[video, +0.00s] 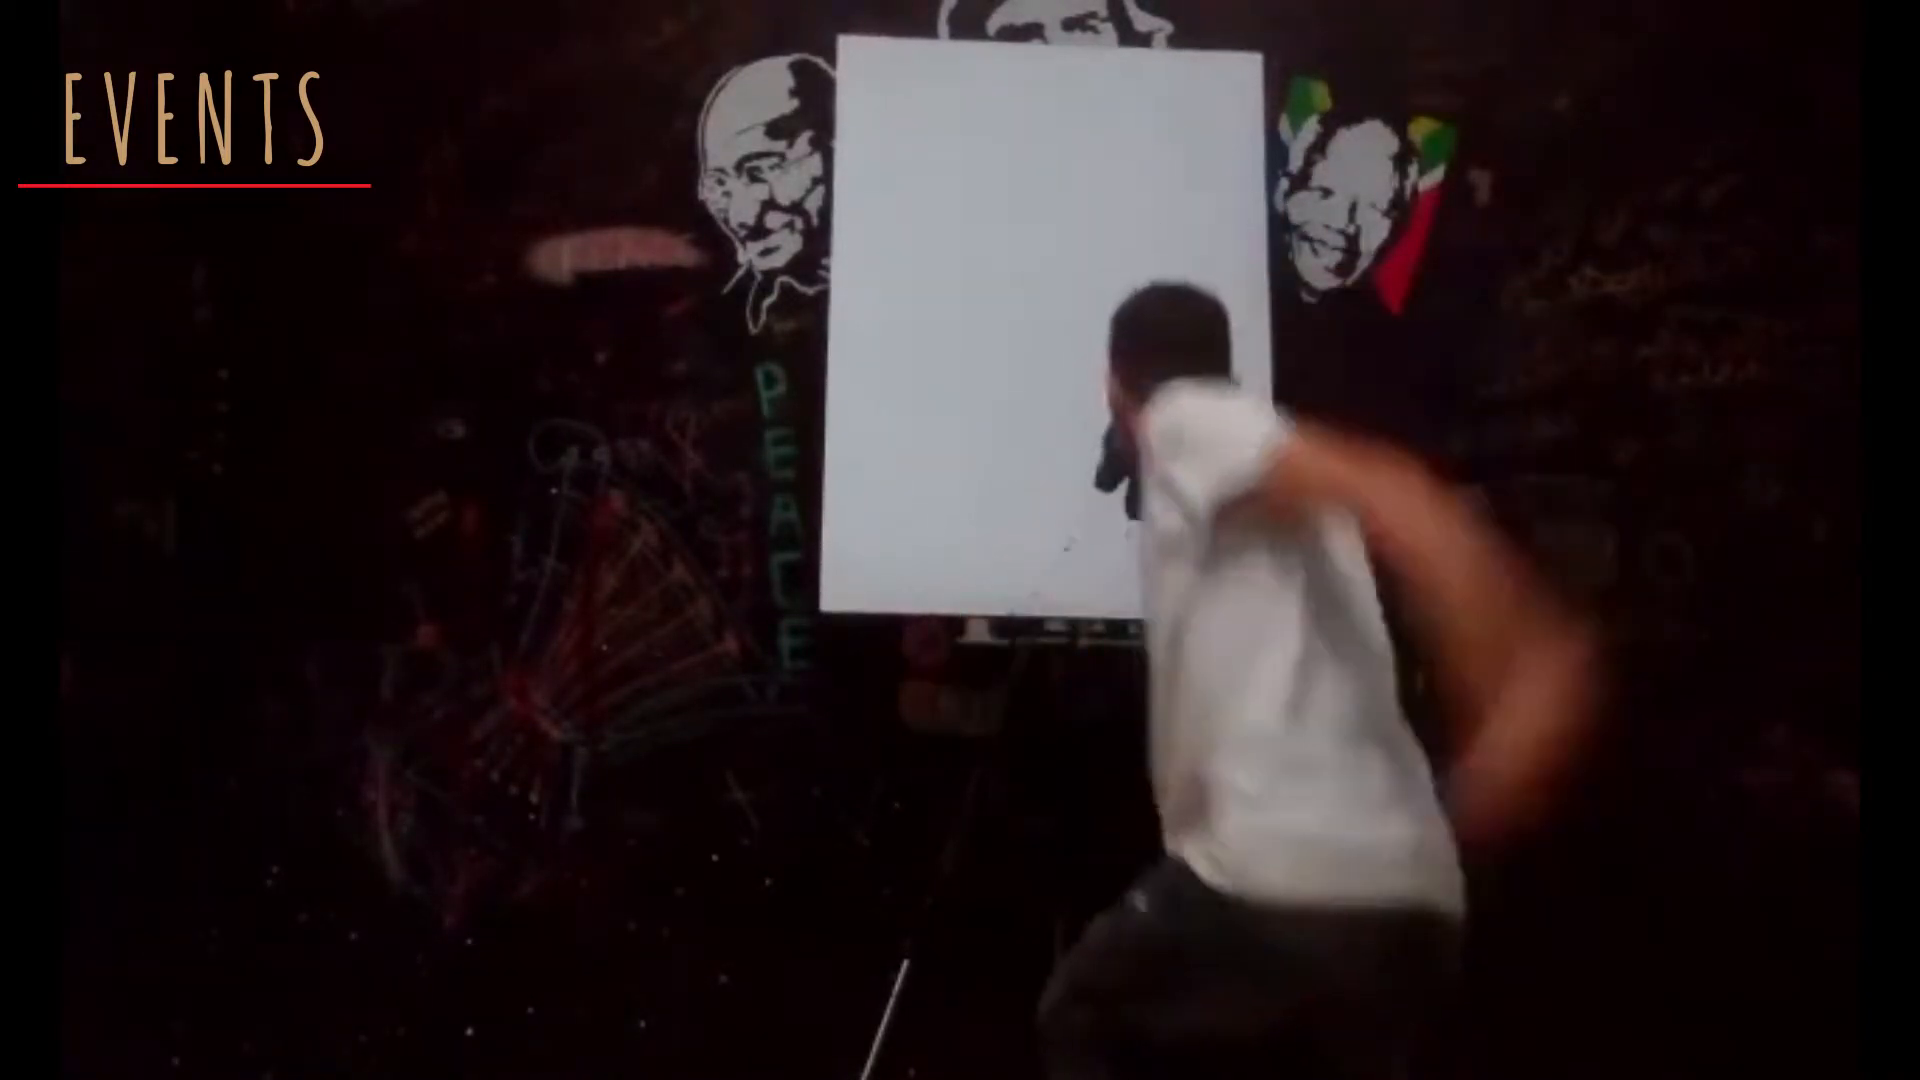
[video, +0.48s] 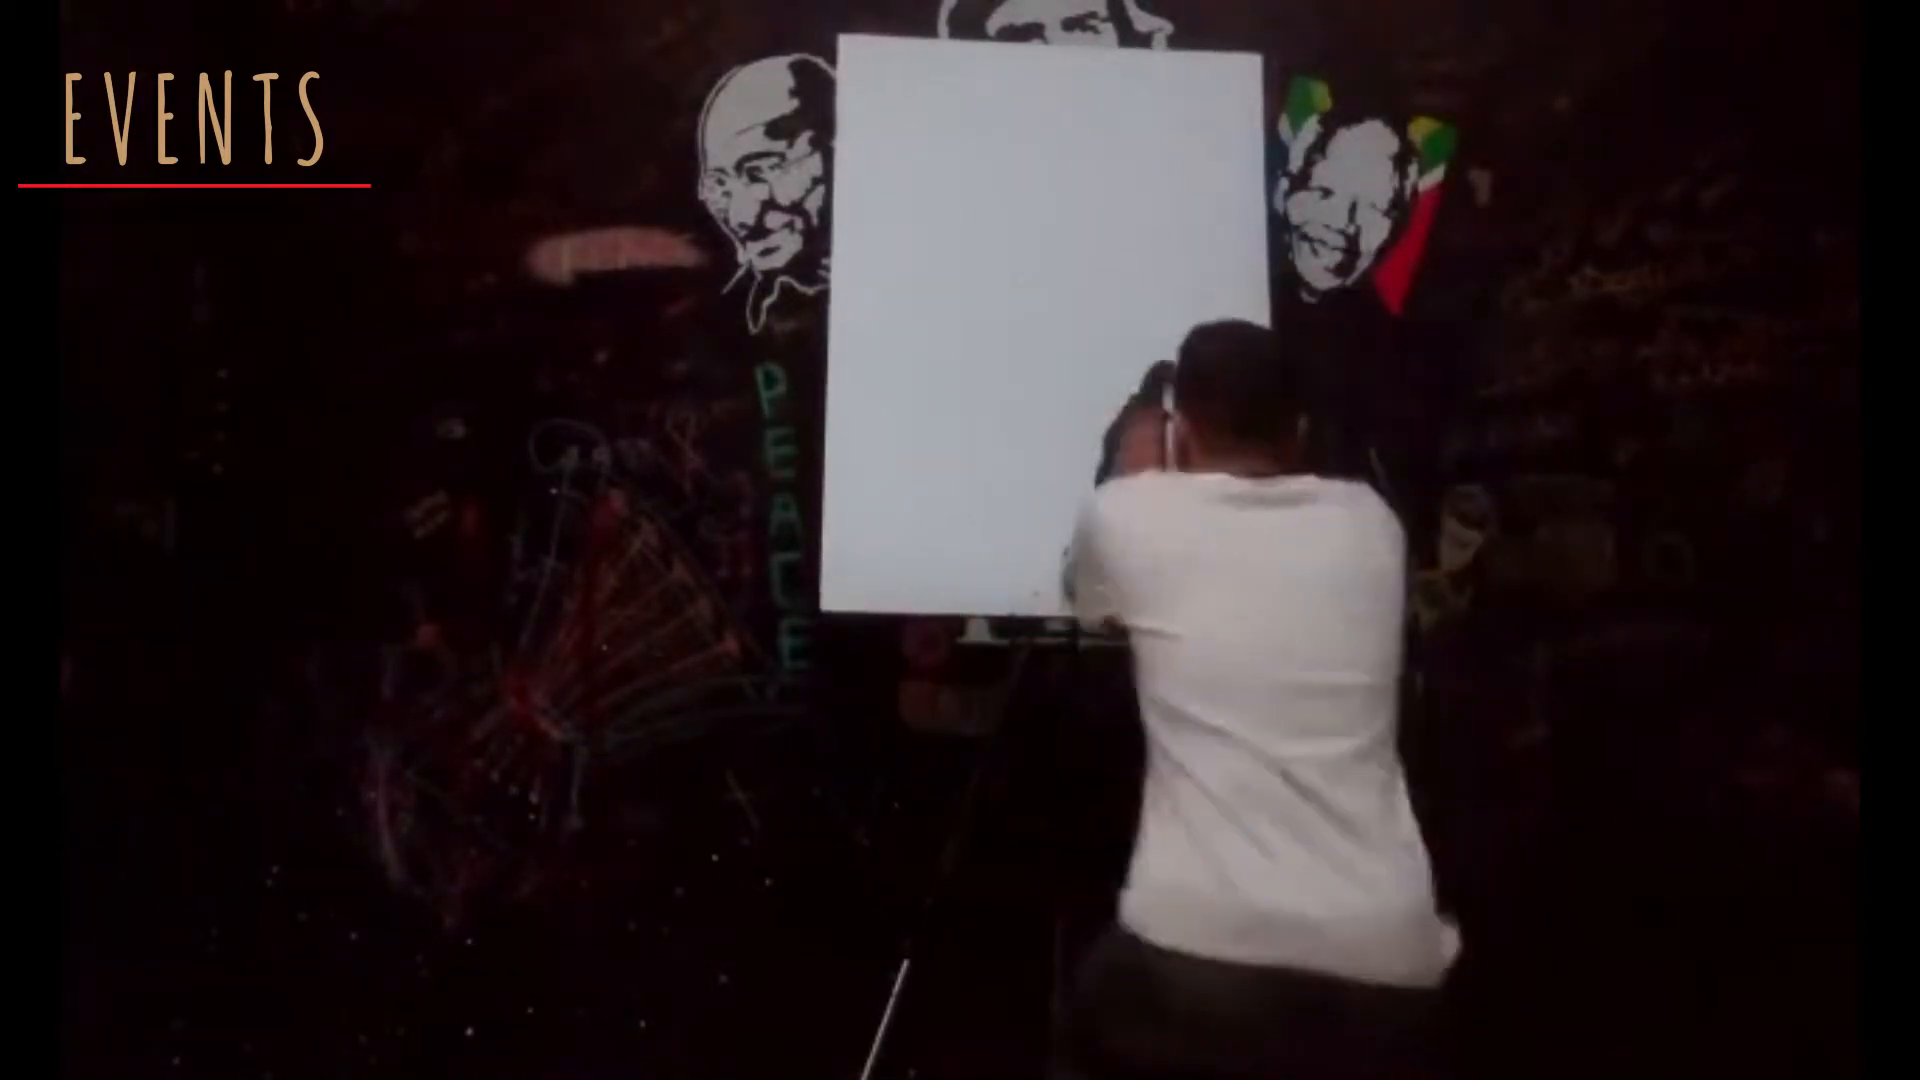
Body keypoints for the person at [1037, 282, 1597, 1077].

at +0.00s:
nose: (1107, 403)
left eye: (1107, 383)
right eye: (1112, 385)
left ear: (1119, 381)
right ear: (1222, 365)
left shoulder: (1183, 417)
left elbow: (1390, 488)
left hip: (1273, 876)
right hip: (1405, 883)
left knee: (1082, 1024)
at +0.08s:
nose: (1125, 427)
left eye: (1133, 405)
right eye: (1133, 403)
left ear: (1149, 416)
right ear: (1242, 408)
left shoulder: (1209, 476)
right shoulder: (1304, 492)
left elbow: (1361, 637)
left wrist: (1256, 865)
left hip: (1338, 937)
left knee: (1085, 1008)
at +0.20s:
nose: (1150, 485)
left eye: (1144, 462)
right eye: (1139, 471)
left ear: (1161, 428)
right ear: (1258, 423)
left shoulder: (1209, 498)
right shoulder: (1353, 523)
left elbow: (1245, 727)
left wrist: (1117, 826)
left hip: (1321, 938)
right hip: (1453, 945)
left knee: (1092, 1007)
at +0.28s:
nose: (1172, 435)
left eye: (1171, 421)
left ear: (1179, 426)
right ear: (1294, 421)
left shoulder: (1172, 524)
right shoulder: (1369, 522)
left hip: (1284, 946)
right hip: (1452, 958)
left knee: (1095, 1013)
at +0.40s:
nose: (1171, 436)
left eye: (1172, 419)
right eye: (1177, 419)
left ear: (1184, 425)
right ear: (1294, 422)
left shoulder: (1153, 520)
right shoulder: (1369, 523)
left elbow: (1052, 682)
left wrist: (1128, 495)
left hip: (1258, 941)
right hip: (1430, 958)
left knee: (1092, 1019)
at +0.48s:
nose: (1170, 425)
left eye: (1174, 412)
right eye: (1175, 412)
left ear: (1187, 426)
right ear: (1298, 428)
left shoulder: (1135, 521)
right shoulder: (1373, 523)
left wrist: (1133, 472)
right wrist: (1208, 472)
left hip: (1196, 928)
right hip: (1386, 938)